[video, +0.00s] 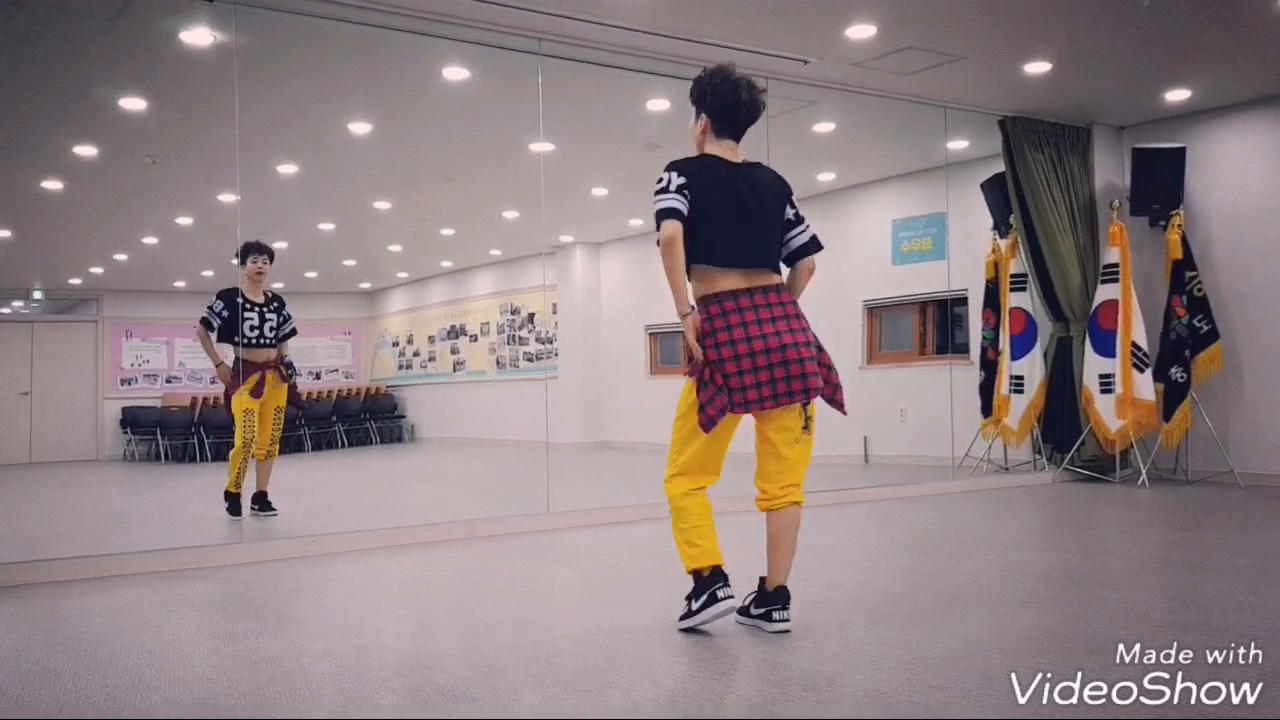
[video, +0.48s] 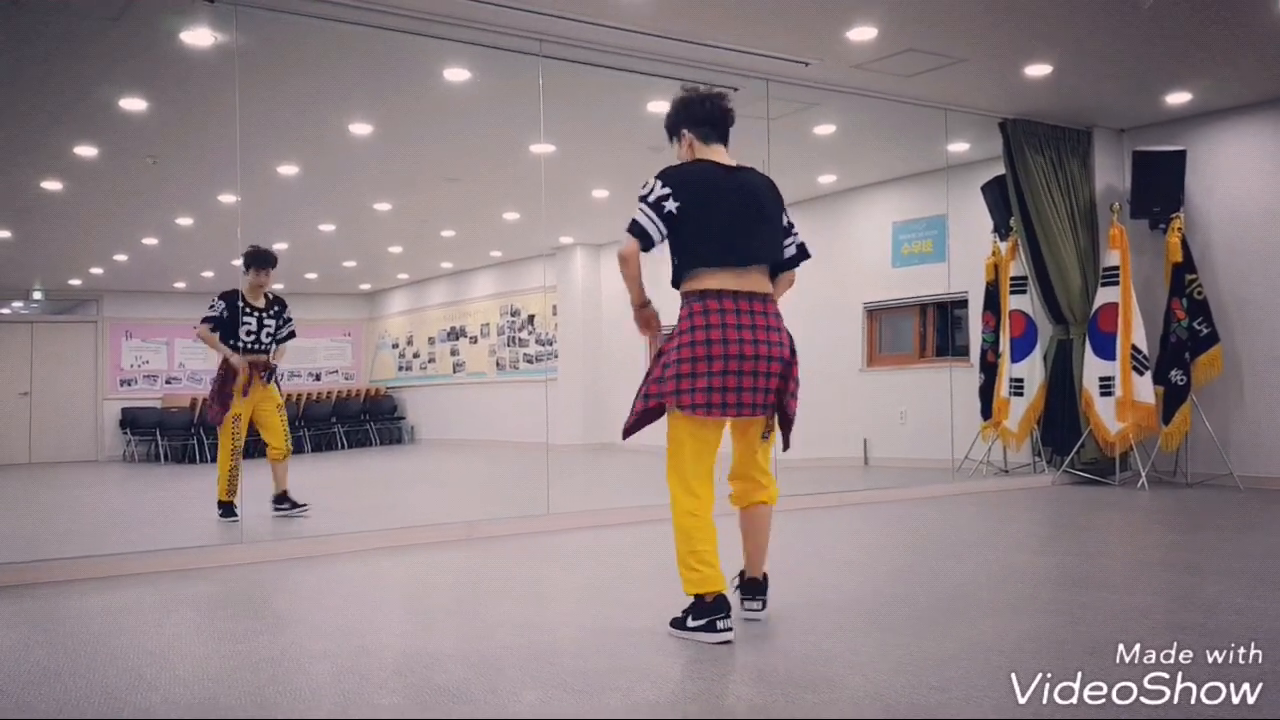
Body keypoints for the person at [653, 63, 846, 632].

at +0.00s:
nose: (692, 126)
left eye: (693, 118)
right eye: (696, 118)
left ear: (701, 122)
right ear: (747, 127)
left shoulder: (681, 174)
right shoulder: (772, 182)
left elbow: (671, 239)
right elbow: (807, 259)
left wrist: (685, 313)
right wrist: (778, 314)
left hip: (721, 332)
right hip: (784, 327)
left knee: (686, 477)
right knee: (784, 476)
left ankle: (708, 578)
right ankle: (775, 596)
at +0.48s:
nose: (676, 153)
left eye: (674, 145)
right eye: (675, 146)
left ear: (685, 139)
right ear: (728, 136)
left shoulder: (676, 180)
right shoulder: (764, 185)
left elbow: (628, 250)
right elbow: (795, 259)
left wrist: (641, 306)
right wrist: (757, 306)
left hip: (702, 333)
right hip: (764, 333)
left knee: (690, 474)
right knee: (754, 463)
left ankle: (708, 602)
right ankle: (755, 583)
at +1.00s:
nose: (756, 135)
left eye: (758, 125)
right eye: (759, 125)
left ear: (769, 132)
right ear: (805, 132)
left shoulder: (785, 192)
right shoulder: (818, 188)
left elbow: (773, 275)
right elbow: (827, 266)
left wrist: (712, 244)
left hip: (807, 328)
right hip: (844, 323)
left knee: (798, 459)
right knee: (852, 459)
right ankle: (869, 576)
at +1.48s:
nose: (818, 175)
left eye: (821, 167)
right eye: (821, 166)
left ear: (830, 172)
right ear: (867, 174)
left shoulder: (813, 223)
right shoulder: (889, 227)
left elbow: (774, 297)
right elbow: (926, 299)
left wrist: (747, 352)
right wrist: (913, 351)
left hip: (852, 358)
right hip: (894, 350)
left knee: (909, 479)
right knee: (856, 469)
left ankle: (998, 577)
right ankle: (883, 568)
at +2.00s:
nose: (736, 155)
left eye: (738, 148)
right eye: (739, 147)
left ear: (746, 153)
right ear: (785, 160)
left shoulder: (735, 196)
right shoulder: (799, 213)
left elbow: (709, 255)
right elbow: (835, 278)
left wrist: (678, 287)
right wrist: (832, 343)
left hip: (755, 342)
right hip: (801, 342)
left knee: (717, 472)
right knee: (823, 461)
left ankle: (670, 589)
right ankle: (870, 568)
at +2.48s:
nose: (655, 144)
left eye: (656, 136)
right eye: (659, 136)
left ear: (664, 141)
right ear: (708, 145)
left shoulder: (656, 192)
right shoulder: (738, 200)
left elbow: (644, 257)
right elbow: (785, 254)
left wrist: (608, 306)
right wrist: (758, 312)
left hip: (668, 342)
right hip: (726, 347)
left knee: (599, 452)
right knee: (700, 480)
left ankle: (629, 562)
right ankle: (687, 606)